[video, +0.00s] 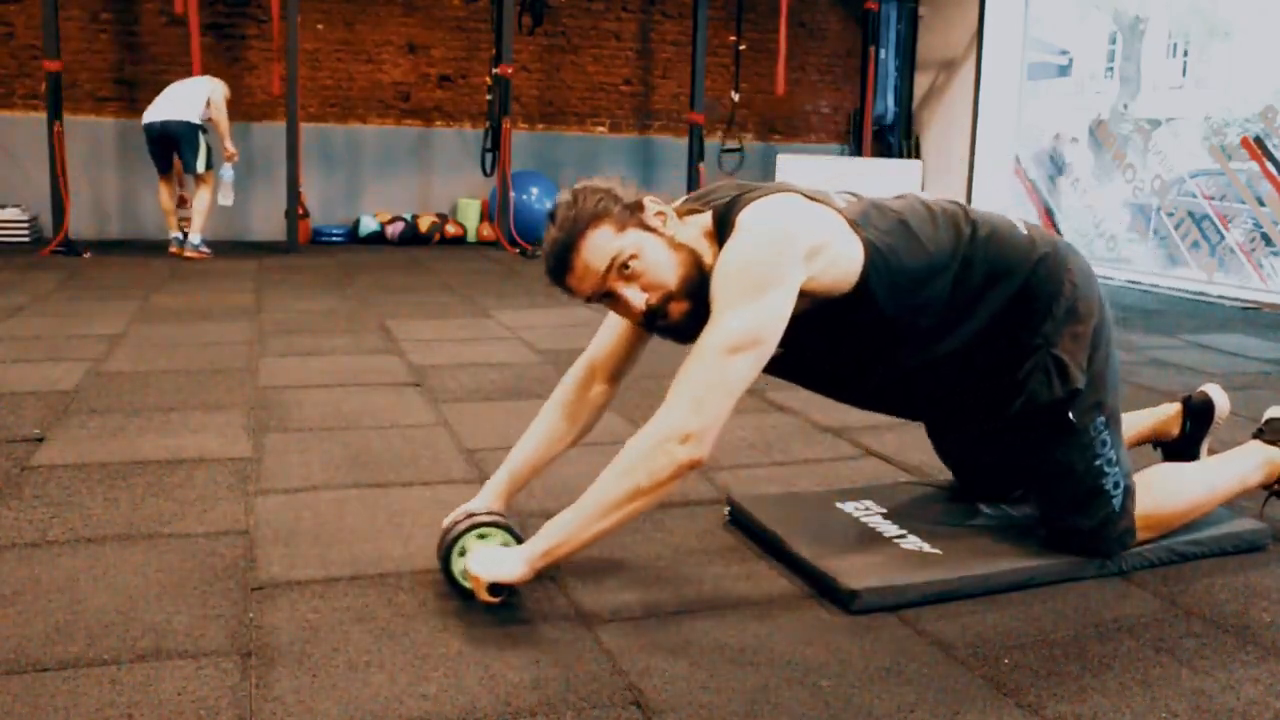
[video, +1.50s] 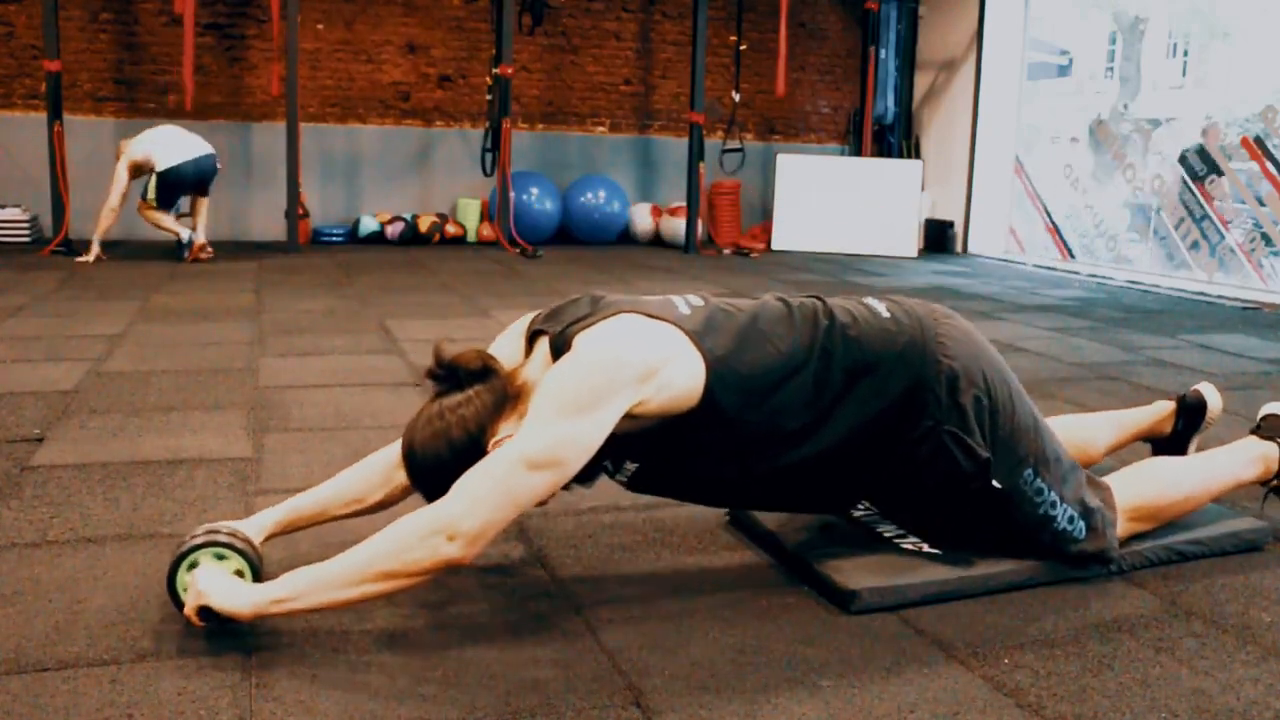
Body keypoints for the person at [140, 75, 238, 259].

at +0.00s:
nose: (224, 100)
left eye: (224, 98)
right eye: (225, 97)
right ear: (221, 87)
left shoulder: (180, 86)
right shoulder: (216, 84)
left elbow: (174, 152)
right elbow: (217, 109)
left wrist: (181, 189)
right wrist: (227, 142)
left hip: (152, 122)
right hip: (184, 121)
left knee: (165, 179)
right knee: (204, 182)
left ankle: (174, 236)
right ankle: (194, 240)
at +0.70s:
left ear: (186, 81)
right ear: (208, 83)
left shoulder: (170, 90)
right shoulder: (216, 91)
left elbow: (148, 141)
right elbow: (225, 127)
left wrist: (147, 182)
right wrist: (222, 161)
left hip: (166, 121)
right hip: (200, 120)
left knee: (169, 180)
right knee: (208, 180)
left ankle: (175, 237)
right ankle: (201, 239)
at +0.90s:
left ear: (169, 95)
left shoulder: (163, 102)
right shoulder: (209, 95)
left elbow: (143, 150)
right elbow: (229, 133)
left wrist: (130, 191)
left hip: (179, 124)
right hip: (214, 123)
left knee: (168, 177)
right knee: (211, 180)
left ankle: (170, 238)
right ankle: (201, 241)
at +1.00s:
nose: (159, 141)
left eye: (158, 138)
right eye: (157, 139)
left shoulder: (157, 112)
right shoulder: (206, 100)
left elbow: (139, 160)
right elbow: (229, 137)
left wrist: (124, 199)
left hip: (185, 125)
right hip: (219, 123)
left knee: (170, 178)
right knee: (211, 181)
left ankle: (180, 237)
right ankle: (202, 242)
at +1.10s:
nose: (159, 147)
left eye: (157, 144)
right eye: (160, 146)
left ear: (153, 131)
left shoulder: (151, 123)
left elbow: (134, 169)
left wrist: (118, 207)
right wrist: (200, 212)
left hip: (189, 129)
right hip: (222, 125)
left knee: (172, 187)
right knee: (212, 183)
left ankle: (196, 236)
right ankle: (203, 239)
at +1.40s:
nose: (142, 173)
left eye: (138, 167)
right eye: (140, 170)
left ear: (132, 154)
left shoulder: (135, 151)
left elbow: (116, 203)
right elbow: (197, 192)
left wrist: (97, 240)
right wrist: (189, 222)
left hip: (185, 155)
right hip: (217, 148)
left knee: (155, 201)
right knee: (204, 191)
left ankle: (194, 239)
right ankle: (201, 241)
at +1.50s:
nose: (130, 172)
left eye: (123, 162)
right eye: (124, 164)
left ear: (124, 153)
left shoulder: (128, 154)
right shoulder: (169, 133)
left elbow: (113, 205)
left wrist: (96, 240)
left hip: (173, 168)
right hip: (208, 160)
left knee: (146, 209)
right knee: (201, 195)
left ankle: (185, 236)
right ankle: (200, 239)